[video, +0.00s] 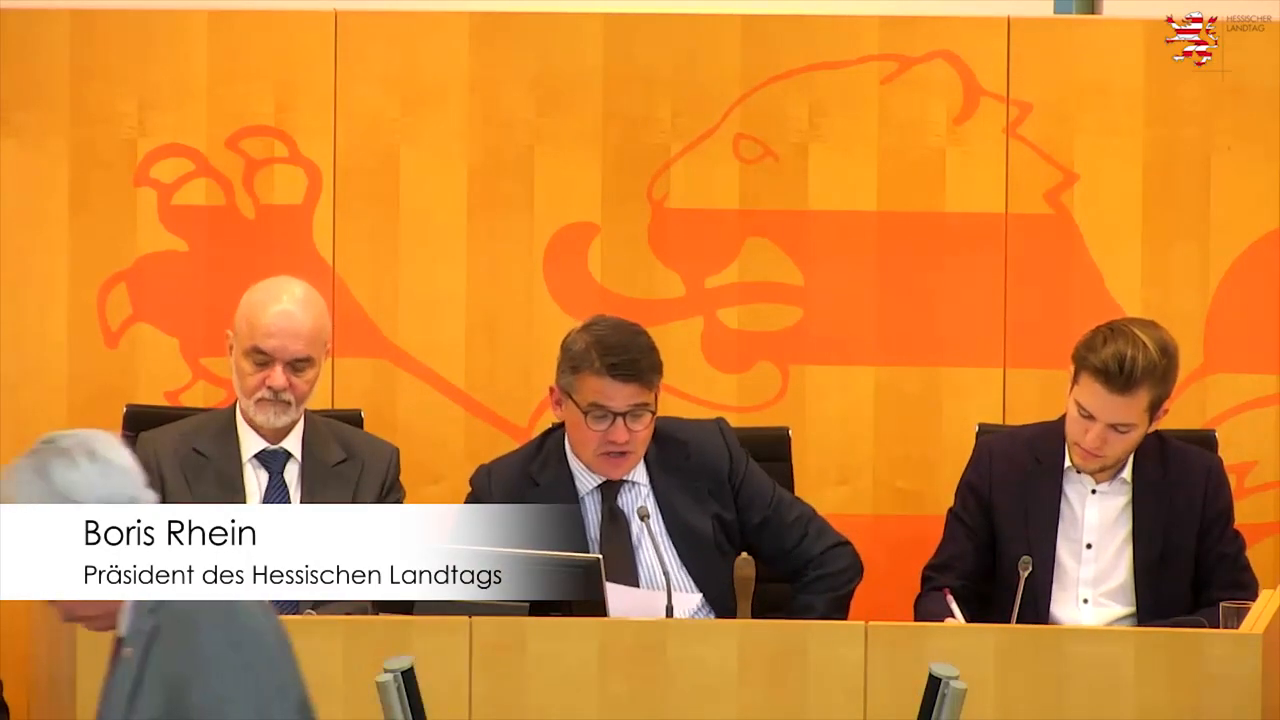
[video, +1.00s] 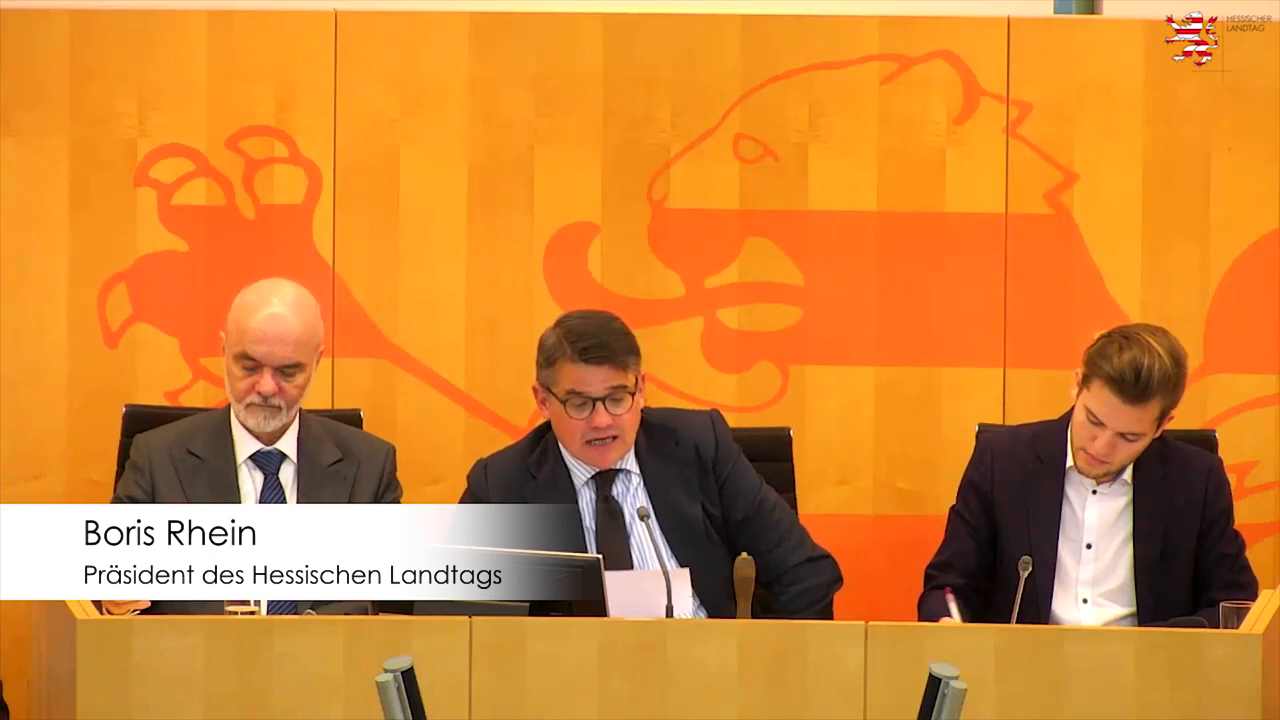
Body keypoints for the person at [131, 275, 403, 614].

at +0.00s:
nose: (277, 383)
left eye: (298, 365)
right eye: (260, 360)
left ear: (324, 359)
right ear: (231, 350)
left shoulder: (374, 464)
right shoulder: (159, 457)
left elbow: (392, 598)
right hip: (201, 657)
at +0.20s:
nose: (273, 385)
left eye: (296, 368)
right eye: (257, 361)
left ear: (323, 359)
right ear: (230, 349)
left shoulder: (374, 465)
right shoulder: (159, 457)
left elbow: (397, 604)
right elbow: (123, 581)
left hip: (333, 668)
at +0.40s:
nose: (269, 386)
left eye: (291, 369)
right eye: (252, 363)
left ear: (319, 359)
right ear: (225, 350)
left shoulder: (371, 464)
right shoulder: (156, 458)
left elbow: (393, 592)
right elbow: (119, 560)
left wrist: (324, 630)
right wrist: (117, 601)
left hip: (328, 666)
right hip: (192, 663)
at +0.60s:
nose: (266, 387)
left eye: (287, 369)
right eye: (249, 364)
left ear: (316, 358)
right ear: (223, 350)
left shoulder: (370, 463)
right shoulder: (155, 458)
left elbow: (384, 587)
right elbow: (116, 559)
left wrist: (315, 632)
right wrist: (118, 597)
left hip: (324, 666)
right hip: (190, 663)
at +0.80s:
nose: (266, 388)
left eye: (288, 371)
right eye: (249, 365)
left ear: (318, 359)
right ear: (223, 350)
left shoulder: (371, 463)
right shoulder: (155, 458)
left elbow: (387, 590)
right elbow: (114, 568)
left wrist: (314, 632)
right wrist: (115, 603)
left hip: (326, 665)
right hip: (192, 662)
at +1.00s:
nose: (266, 388)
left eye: (288, 371)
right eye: (249, 365)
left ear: (317, 360)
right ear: (224, 351)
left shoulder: (370, 463)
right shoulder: (155, 457)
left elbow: (390, 590)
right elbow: (115, 562)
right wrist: (115, 595)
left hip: (327, 668)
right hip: (189, 667)